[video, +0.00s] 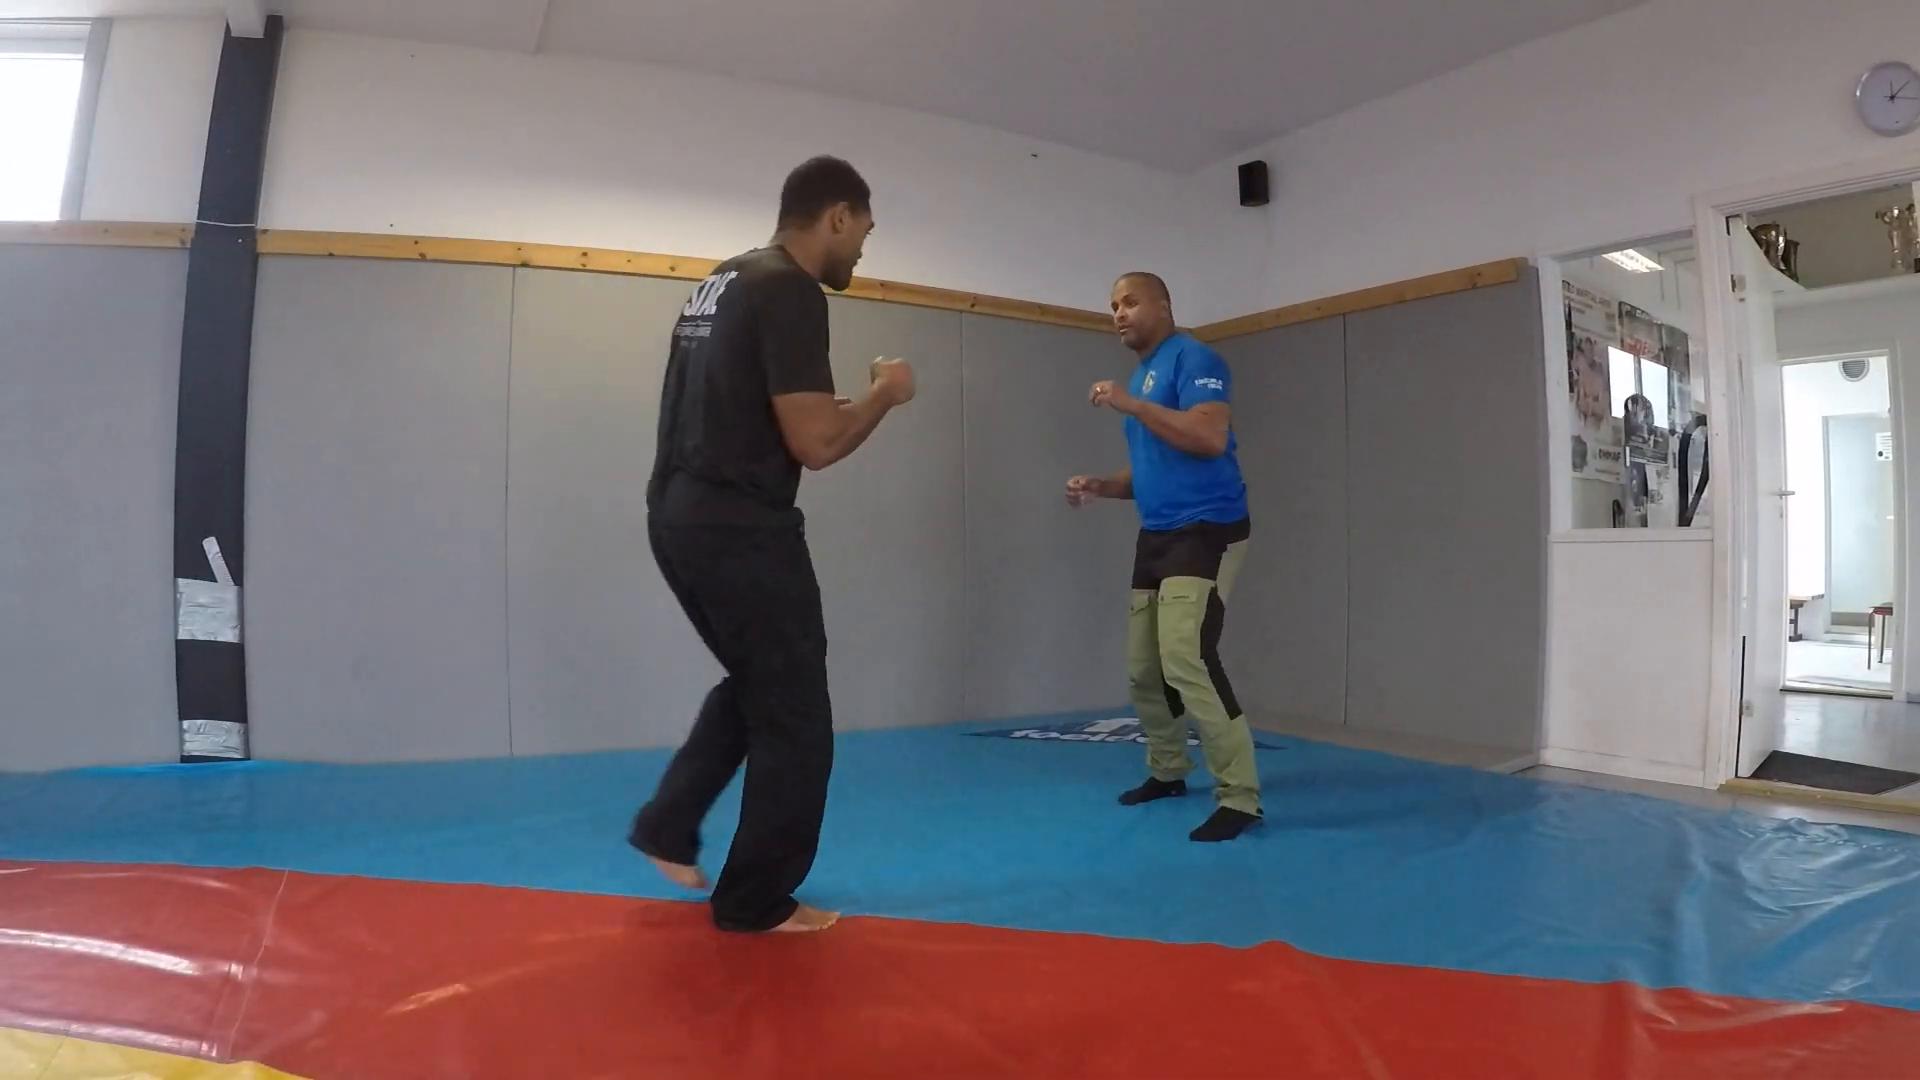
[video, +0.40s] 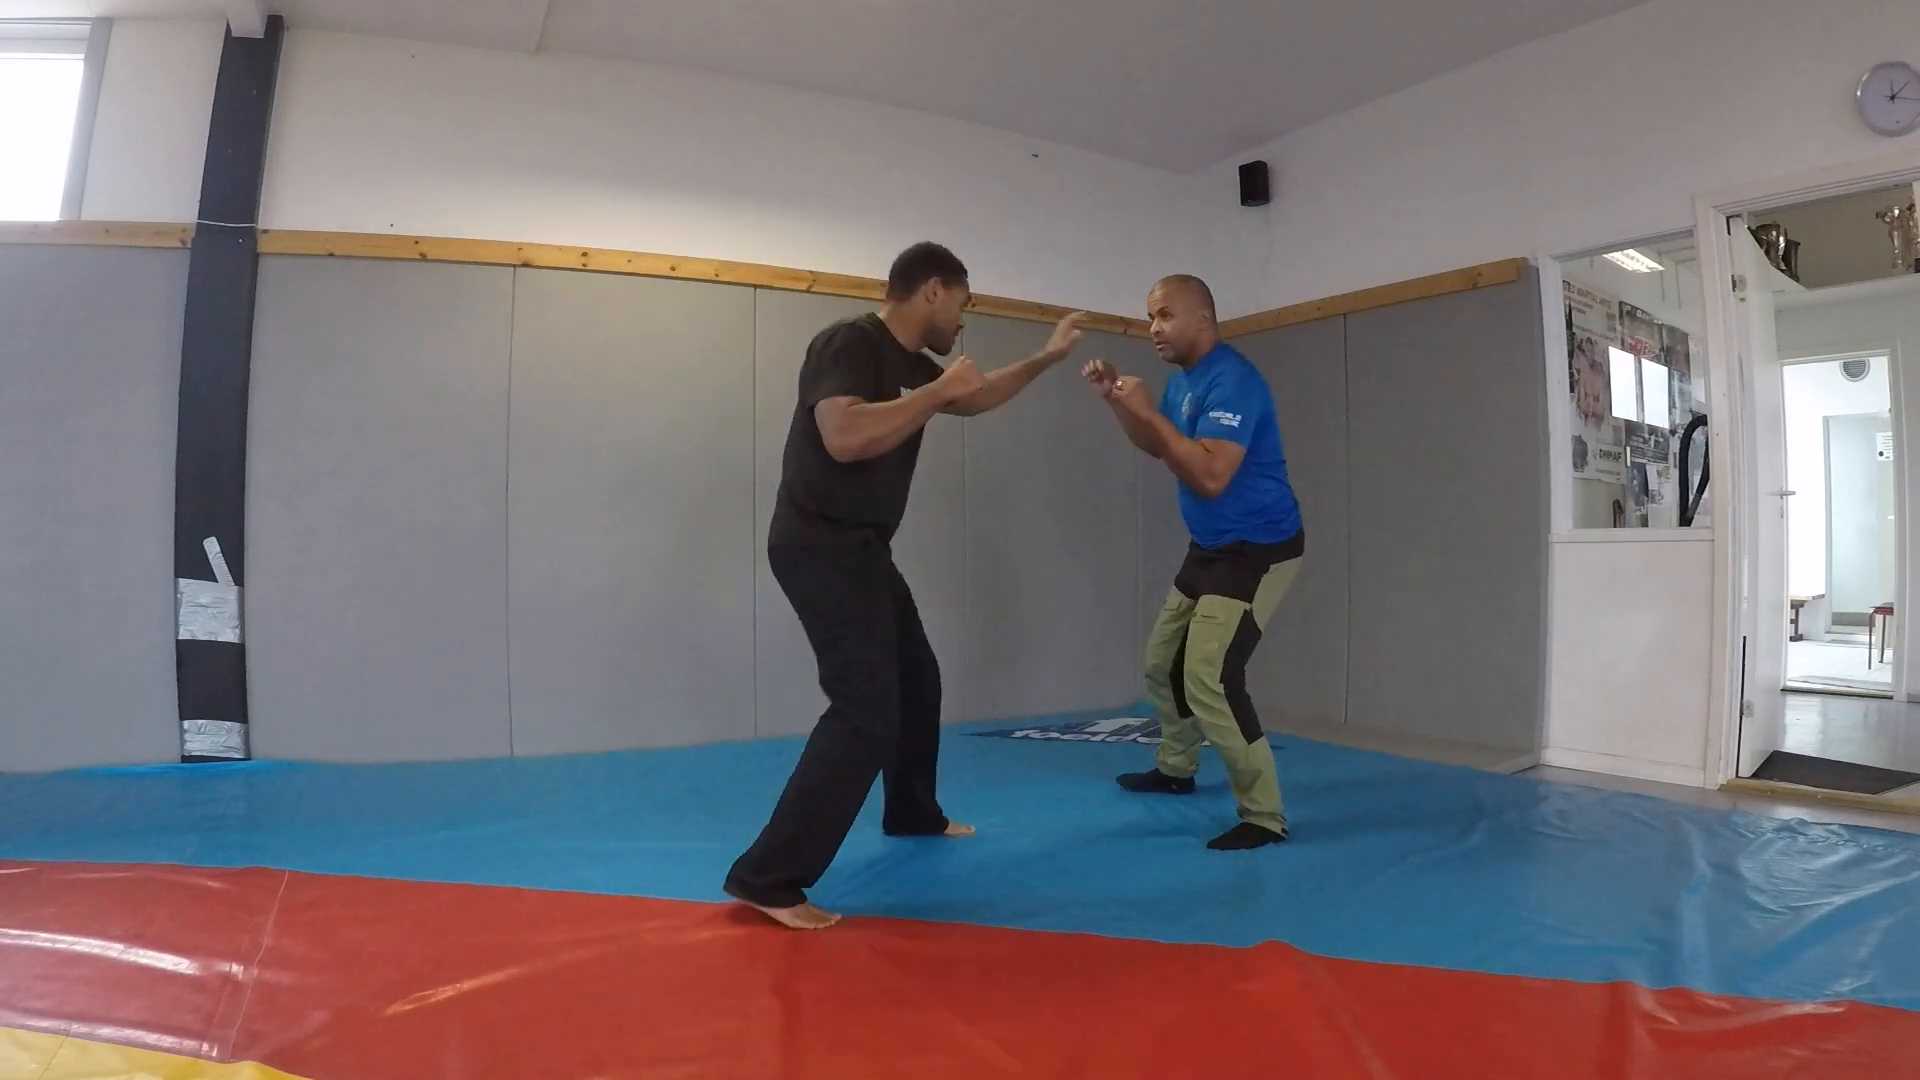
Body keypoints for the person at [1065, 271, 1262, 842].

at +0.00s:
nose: (1119, 316)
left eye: (1128, 303)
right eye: (1114, 310)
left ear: (1164, 306)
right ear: (1119, 323)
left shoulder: (1195, 359)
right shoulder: (1140, 381)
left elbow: (1211, 437)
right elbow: (1150, 474)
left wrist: (1132, 405)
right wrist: (1104, 485)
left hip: (1207, 530)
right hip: (1157, 533)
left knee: (1185, 656)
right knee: (1145, 667)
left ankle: (1240, 799)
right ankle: (1167, 774)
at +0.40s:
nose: (1154, 328)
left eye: (1165, 315)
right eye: (1151, 318)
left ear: (1202, 319)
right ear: (1165, 326)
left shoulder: (1235, 381)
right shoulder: (1180, 383)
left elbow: (1211, 476)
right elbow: (1157, 447)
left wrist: (1145, 413)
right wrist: (1117, 400)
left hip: (1260, 548)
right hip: (1211, 545)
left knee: (1209, 674)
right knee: (1164, 667)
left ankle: (1264, 817)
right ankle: (1177, 770)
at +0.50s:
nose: (1169, 329)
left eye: (1179, 316)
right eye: (1166, 319)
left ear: (1220, 317)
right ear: (1174, 325)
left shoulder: (1259, 387)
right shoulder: (1181, 376)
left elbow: (1246, 480)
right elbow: (1116, 410)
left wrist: (1179, 412)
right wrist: (1068, 355)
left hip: (1267, 546)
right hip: (1213, 544)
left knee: (1217, 671)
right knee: (1172, 663)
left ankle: (1265, 818)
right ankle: (1215, 754)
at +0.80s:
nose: (1184, 327)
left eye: (1194, 316)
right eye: (1179, 319)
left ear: (1231, 321)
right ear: (1181, 329)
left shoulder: (1271, 378)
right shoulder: (1175, 387)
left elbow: (1264, 442)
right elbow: (1138, 465)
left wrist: (1216, 368)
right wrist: (1100, 424)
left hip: (1264, 540)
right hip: (1211, 546)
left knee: (1229, 664)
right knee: (1225, 664)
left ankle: (1268, 815)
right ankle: (1255, 758)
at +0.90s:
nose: (1173, 334)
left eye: (1184, 322)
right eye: (1168, 327)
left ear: (1221, 326)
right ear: (1170, 337)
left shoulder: (1257, 374)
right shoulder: (1174, 400)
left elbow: (1231, 409)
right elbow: (1164, 484)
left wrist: (1166, 344)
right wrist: (1139, 476)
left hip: (1264, 544)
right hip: (1214, 550)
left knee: (1224, 668)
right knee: (1225, 670)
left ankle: (1267, 813)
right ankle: (1258, 759)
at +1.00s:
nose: (1161, 341)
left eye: (1170, 329)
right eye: (1157, 335)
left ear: (1208, 330)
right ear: (1166, 343)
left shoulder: (1235, 373)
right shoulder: (1181, 397)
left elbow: (1175, 393)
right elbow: (1185, 485)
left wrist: (1096, 367)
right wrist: (1163, 491)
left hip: (1265, 545)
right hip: (1222, 548)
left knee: (1224, 673)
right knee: (1211, 671)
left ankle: (1267, 813)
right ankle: (1254, 758)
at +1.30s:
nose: (1129, 369)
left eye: (1136, 357)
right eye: (1125, 364)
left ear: (1170, 355)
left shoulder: (1186, 385)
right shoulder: (1182, 401)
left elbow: (1177, 431)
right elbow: (1218, 471)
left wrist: (1114, 422)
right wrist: (1175, 507)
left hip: (1245, 533)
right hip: (1253, 533)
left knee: (1187, 648)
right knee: (1224, 651)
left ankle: (1231, 793)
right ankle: (1262, 755)